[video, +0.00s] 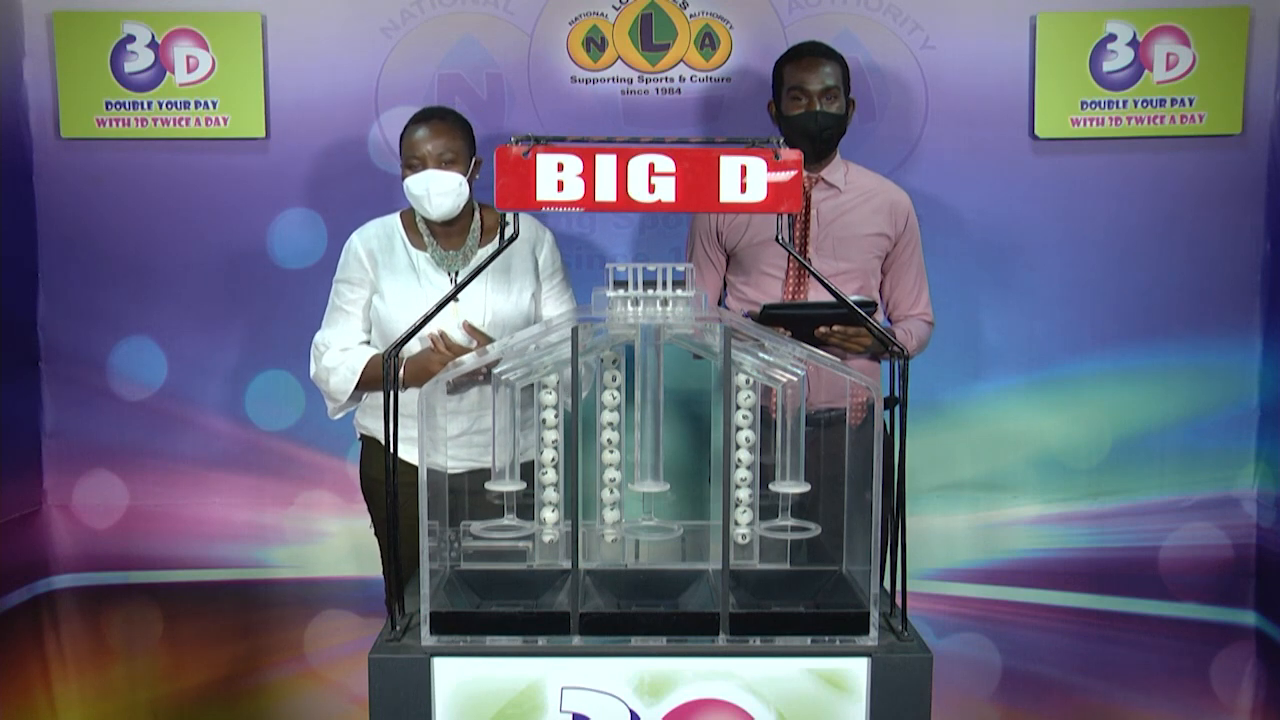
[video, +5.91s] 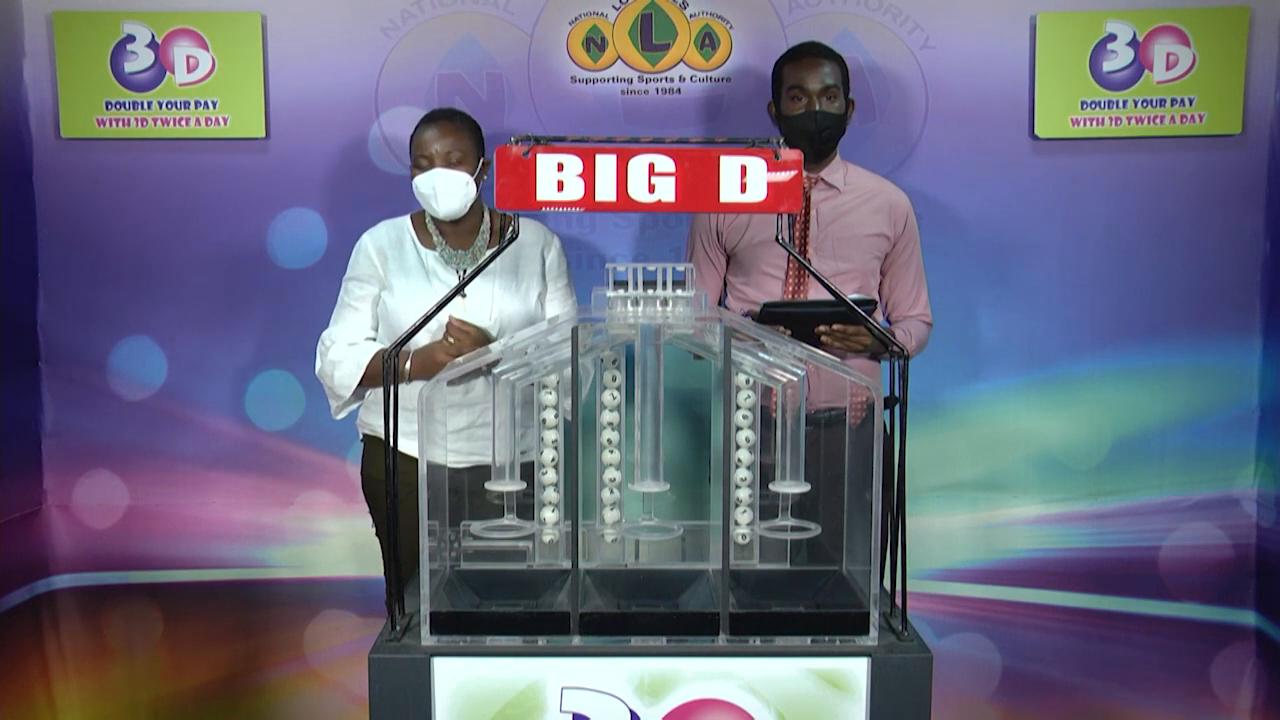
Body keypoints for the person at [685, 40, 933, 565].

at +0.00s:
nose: (814, 109)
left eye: (830, 95)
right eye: (797, 96)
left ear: (849, 108)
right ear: (775, 109)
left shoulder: (888, 204)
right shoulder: (727, 200)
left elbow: (915, 321)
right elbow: (694, 317)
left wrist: (876, 341)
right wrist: (758, 335)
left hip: (843, 417)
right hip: (750, 418)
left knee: (843, 581)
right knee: (752, 580)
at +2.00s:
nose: (814, 109)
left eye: (829, 95)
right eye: (796, 96)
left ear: (848, 107)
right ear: (774, 109)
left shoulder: (888, 205)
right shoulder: (727, 202)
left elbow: (915, 321)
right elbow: (695, 320)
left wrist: (877, 342)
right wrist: (757, 339)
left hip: (843, 418)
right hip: (751, 419)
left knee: (844, 582)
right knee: (752, 581)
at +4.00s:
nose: (813, 108)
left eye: (828, 94)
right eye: (796, 95)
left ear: (848, 108)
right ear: (774, 109)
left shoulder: (888, 204)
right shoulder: (726, 200)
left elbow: (914, 320)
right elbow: (696, 318)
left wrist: (876, 342)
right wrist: (760, 340)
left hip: (843, 416)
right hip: (751, 416)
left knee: (844, 581)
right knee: (753, 579)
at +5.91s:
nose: (813, 107)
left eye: (829, 94)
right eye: (796, 95)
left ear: (848, 108)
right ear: (774, 108)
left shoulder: (887, 205)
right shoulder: (726, 199)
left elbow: (914, 320)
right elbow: (696, 318)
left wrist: (876, 341)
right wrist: (761, 337)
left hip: (843, 417)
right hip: (752, 417)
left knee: (844, 580)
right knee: (754, 579)